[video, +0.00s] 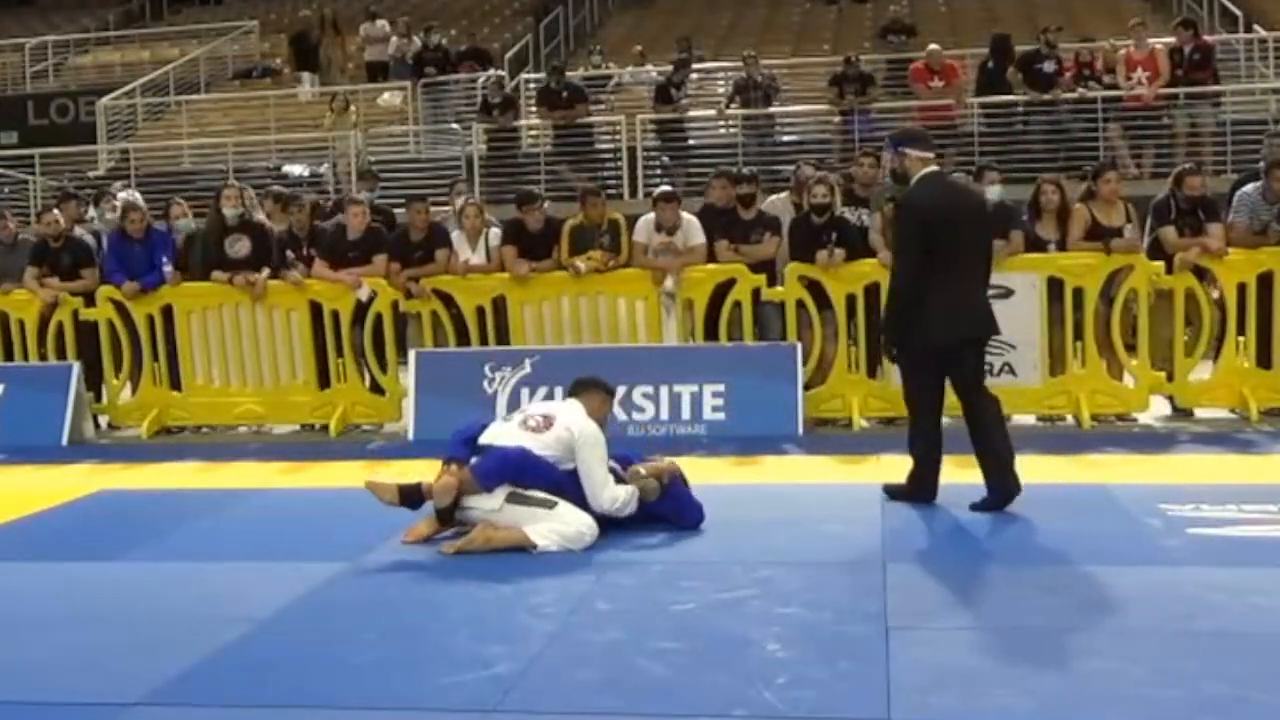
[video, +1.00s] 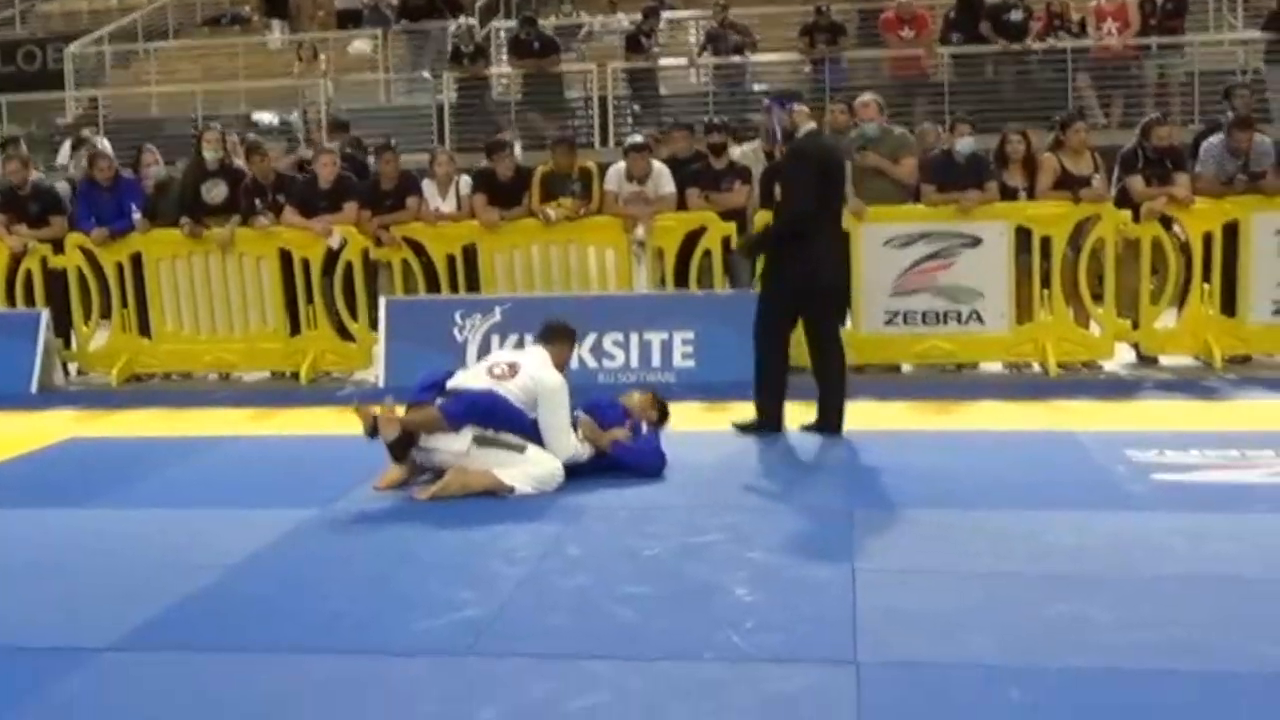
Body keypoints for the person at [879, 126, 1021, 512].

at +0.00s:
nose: (893, 168)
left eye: (895, 161)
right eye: (893, 162)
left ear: (907, 158)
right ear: (933, 157)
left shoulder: (912, 204)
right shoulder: (972, 196)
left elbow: (905, 273)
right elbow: (981, 262)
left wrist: (890, 328)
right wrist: (973, 305)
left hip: (924, 320)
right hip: (970, 317)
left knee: (924, 408)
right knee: (976, 396)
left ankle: (922, 484)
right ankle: (1002, 481)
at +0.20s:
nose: (868, 171)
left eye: (869, 164)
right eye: (868, 164)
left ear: (883, 162)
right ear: (907, 159)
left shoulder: (890, 207)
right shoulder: (945, 197)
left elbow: (881, 276)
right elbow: (959, 262)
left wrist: (865, 331)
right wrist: (952, 305)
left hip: (904, 318)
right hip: (946, 314)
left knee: (910, 398)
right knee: (930, 390)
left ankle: (920, 483)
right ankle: (968, 462)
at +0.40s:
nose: (852, 171)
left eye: (852, 165)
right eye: (852, 165)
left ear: (861, 163)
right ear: (888, 159)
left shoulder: (872, 204)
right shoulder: (927, 197)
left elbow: (864, 270)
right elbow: (940, 259)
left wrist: (849, 325)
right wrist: (935, 306)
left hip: (889, 313)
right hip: (924, 310)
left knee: (902, 393)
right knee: (898, 390)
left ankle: (920, 481)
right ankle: (895, 469)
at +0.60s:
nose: (833, 175)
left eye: (834, 168)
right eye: (833, 169)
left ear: (847, 165)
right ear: (869, 162)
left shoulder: (858, 205)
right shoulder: (897, 198)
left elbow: (851, 273)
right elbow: (909, 264)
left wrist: (836, 329)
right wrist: (909, 315)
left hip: (870, 318)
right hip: (901, 314)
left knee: (883, 397)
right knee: (874, 393)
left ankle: (915, 480)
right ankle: (862, 468)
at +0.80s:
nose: (819, 170)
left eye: (821, 163)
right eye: (818, 163)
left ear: (837, 161)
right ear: (850, 159)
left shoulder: (843, 201)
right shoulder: (876, 198)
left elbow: (837, 263)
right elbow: (878, 258)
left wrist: (819, 305)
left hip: (846, 309)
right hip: (876, 307)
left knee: (822, 381)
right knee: (866, 384)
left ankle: (873, 449)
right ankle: (863, 464)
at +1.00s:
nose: (767, 123)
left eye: (770, 114)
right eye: (767, 114)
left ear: (785, 115)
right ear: (802, 114)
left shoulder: (799, 154)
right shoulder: (829, 149)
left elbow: (796, 215)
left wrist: (758, 241)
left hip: (793, 261)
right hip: (828, 258)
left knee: (770, 335)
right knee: (825, 338)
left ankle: (768, 415)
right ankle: (830, 418)